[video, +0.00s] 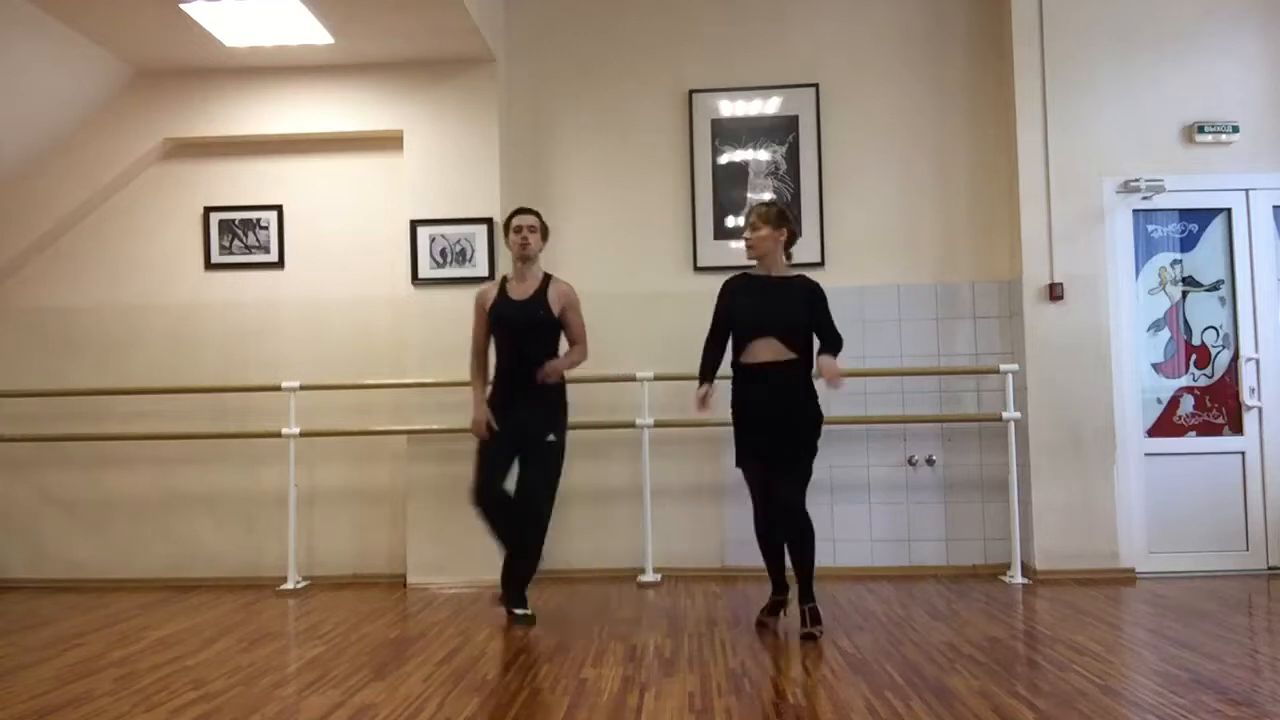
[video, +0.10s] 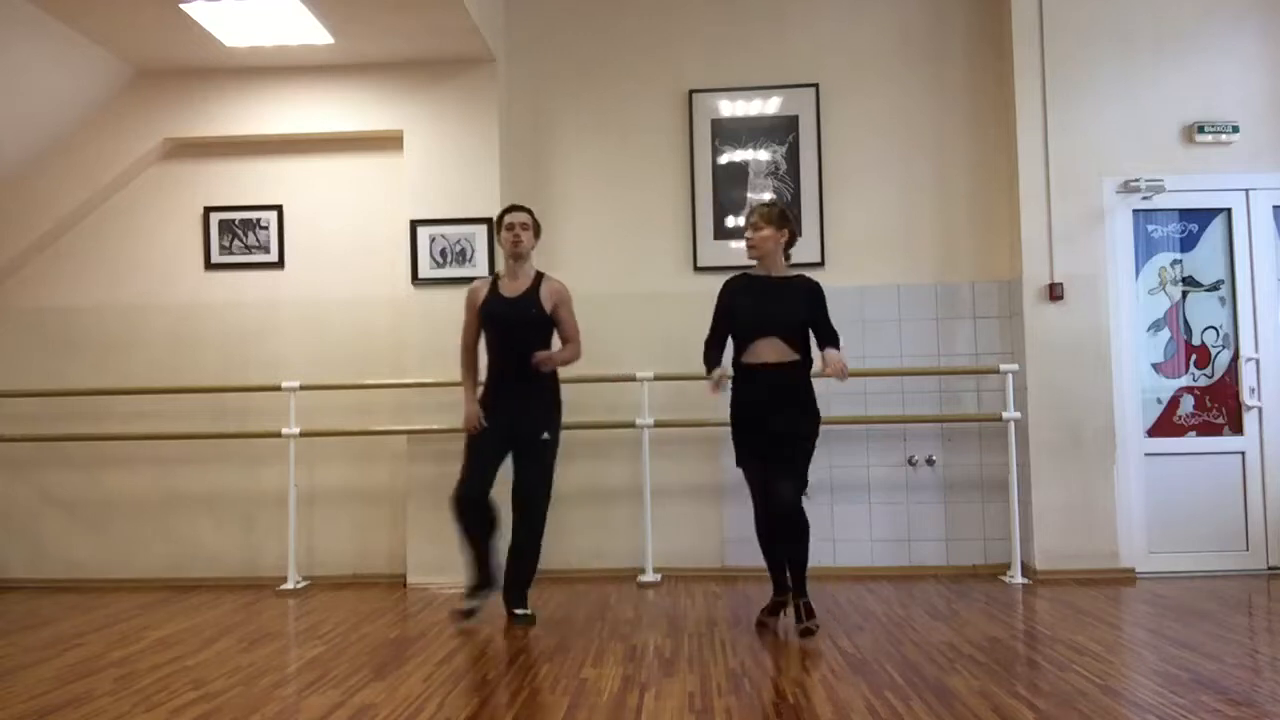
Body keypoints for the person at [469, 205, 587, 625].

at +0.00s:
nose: (524, 237)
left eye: (531, 231)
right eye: (517, 231)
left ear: (543, 240)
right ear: (507, 240)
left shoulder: (560, 292)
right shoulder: (489, 295)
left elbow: (580, 349)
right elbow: (479, 354)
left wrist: (561, 365)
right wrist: (479, 403)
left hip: (545, 407)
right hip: (503, 406)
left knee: (534, 506)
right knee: (486, 492)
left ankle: (517, 595)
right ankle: (525, 549)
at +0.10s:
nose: (516, 234)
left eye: (523, 228)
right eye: (509, 228)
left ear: (536, 238)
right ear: (499, 238)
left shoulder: (552, 290)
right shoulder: (481, 292)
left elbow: (573, 348)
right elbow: (469, 349)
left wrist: (554, 358)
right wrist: (470, 400)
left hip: (539, 408)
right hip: (495, 406)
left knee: (530, 507)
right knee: (469, 495)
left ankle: (517, 598)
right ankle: (485, 575)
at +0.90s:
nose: (451, 225)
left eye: (459, 219)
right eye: (443, 219)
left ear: (471, 231)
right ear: (431, 229)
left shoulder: (489, 283)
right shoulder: (409, 283)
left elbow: (507, 342)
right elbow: (397, 342)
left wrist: (506, 347)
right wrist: (410, 376)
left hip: (480, 405)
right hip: (432, 405)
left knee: (477, 509)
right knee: (418, 503)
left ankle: (464, 608)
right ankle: (428, 604)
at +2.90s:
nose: (459, 218)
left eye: (462, 211)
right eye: (449, 212)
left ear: (465, 217)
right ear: (424, 219)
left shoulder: (479, 270)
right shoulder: (397, 272)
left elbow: (529, 307)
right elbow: (365, 335)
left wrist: (522, 343)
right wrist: (403, 312)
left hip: (457, 398)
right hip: (409, 399)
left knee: (451, 500)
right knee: (417, 506)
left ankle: (459, 598)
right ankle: (434, 610)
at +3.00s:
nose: (440, 229)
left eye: (447, 221)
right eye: (431, 223)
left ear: (459, 230)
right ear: (417, 233)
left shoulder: (482, 285)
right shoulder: (399, 291)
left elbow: (527, 320)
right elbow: (385, 358)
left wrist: (514, 360)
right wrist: (405, 369)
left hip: (452, 403)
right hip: (405, 404)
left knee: (440, 481)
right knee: (410, 506)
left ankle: (443, 592)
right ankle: (432, 608)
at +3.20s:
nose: (429, 214)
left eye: (436, 205)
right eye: (419, 207)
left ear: (448, 212)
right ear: (406, 215)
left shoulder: (467, 267)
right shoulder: (388, 271)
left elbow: (483, 333)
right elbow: (375, 319)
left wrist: (431, 299)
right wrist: (367, 358)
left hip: (465, 388)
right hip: (417, 383)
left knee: (454, 509)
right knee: (403, 429)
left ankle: (441, 615)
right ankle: (418, 499)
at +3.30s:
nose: (429, 213)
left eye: (437, 206)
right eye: (420, 207)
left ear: (450, 214)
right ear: (407, 215)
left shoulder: (465, 270)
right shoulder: (389, 269)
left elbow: (463, 334)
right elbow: (386, 313)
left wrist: (425, 285)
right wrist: (383, 343)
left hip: (462, 387)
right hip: (416, 382)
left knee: (453, 509)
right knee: (421, 430)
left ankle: (440, 622)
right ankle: (427, 525)